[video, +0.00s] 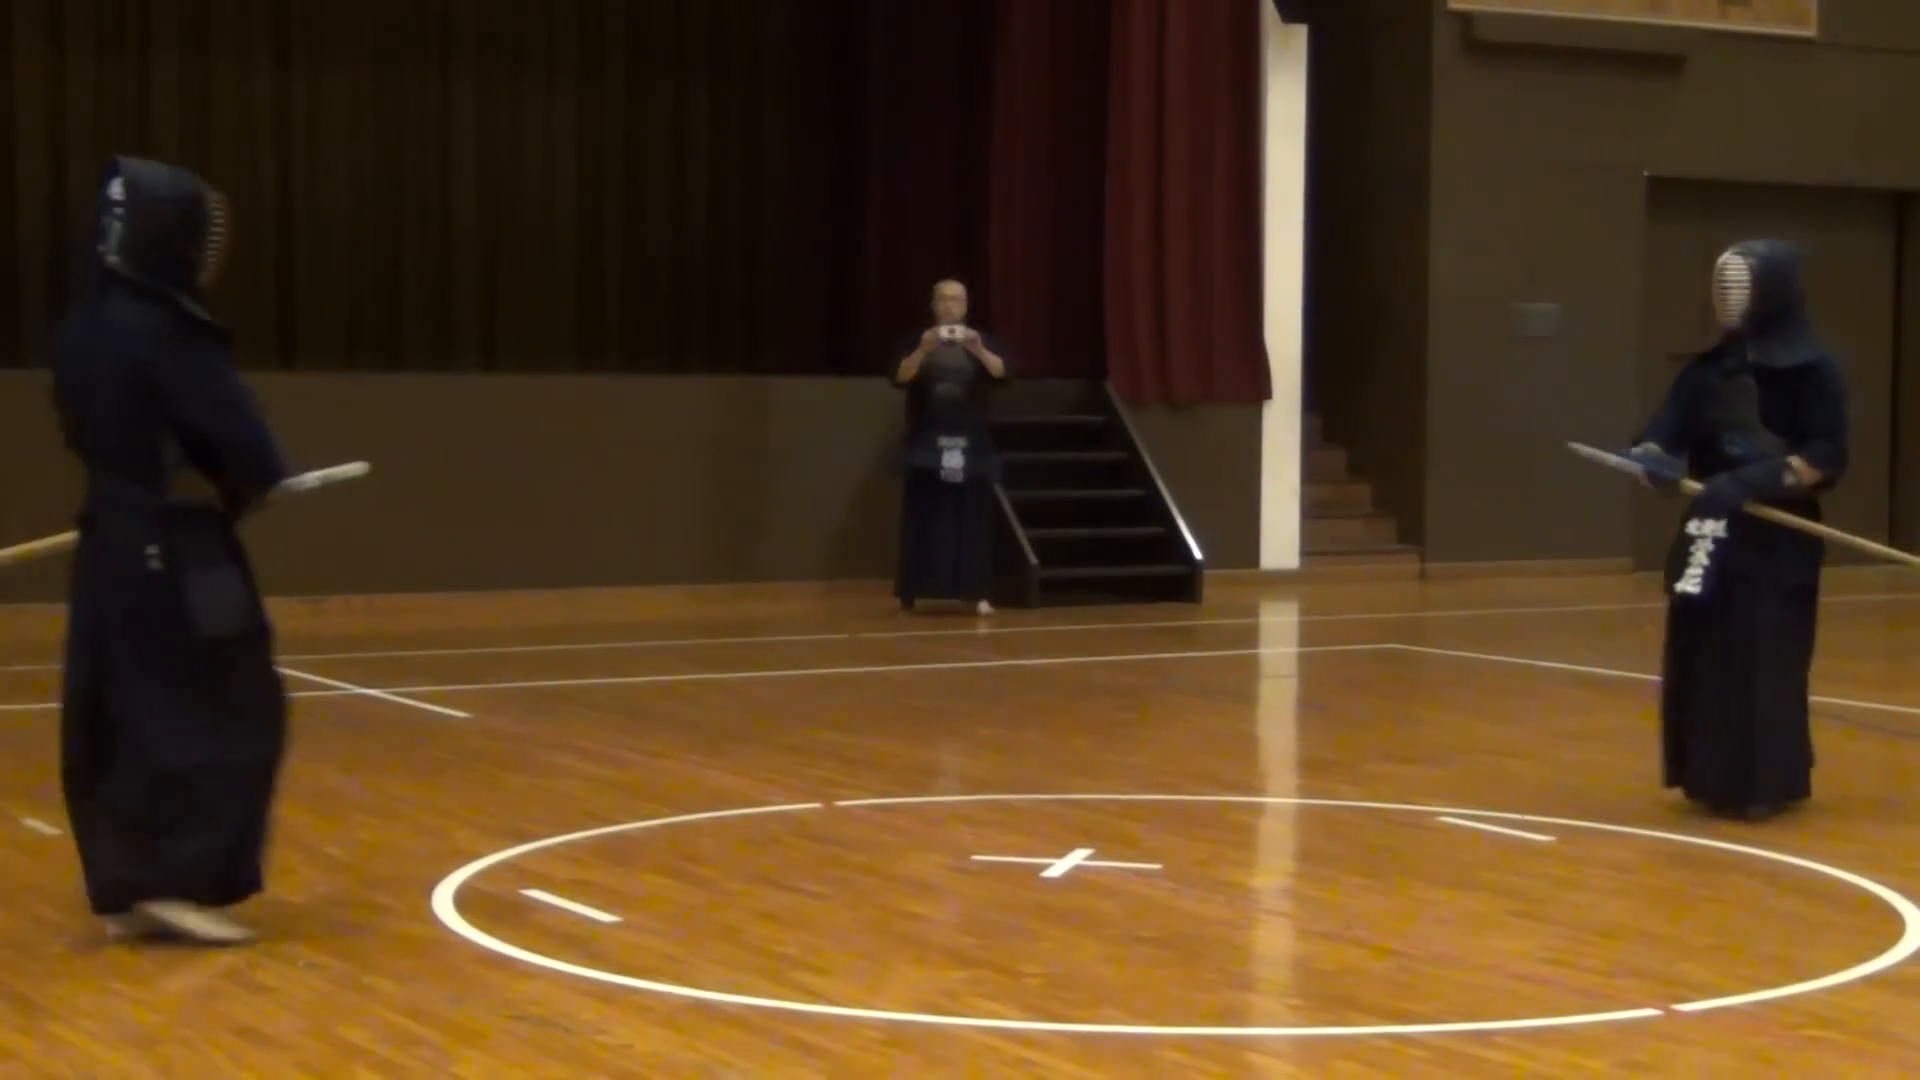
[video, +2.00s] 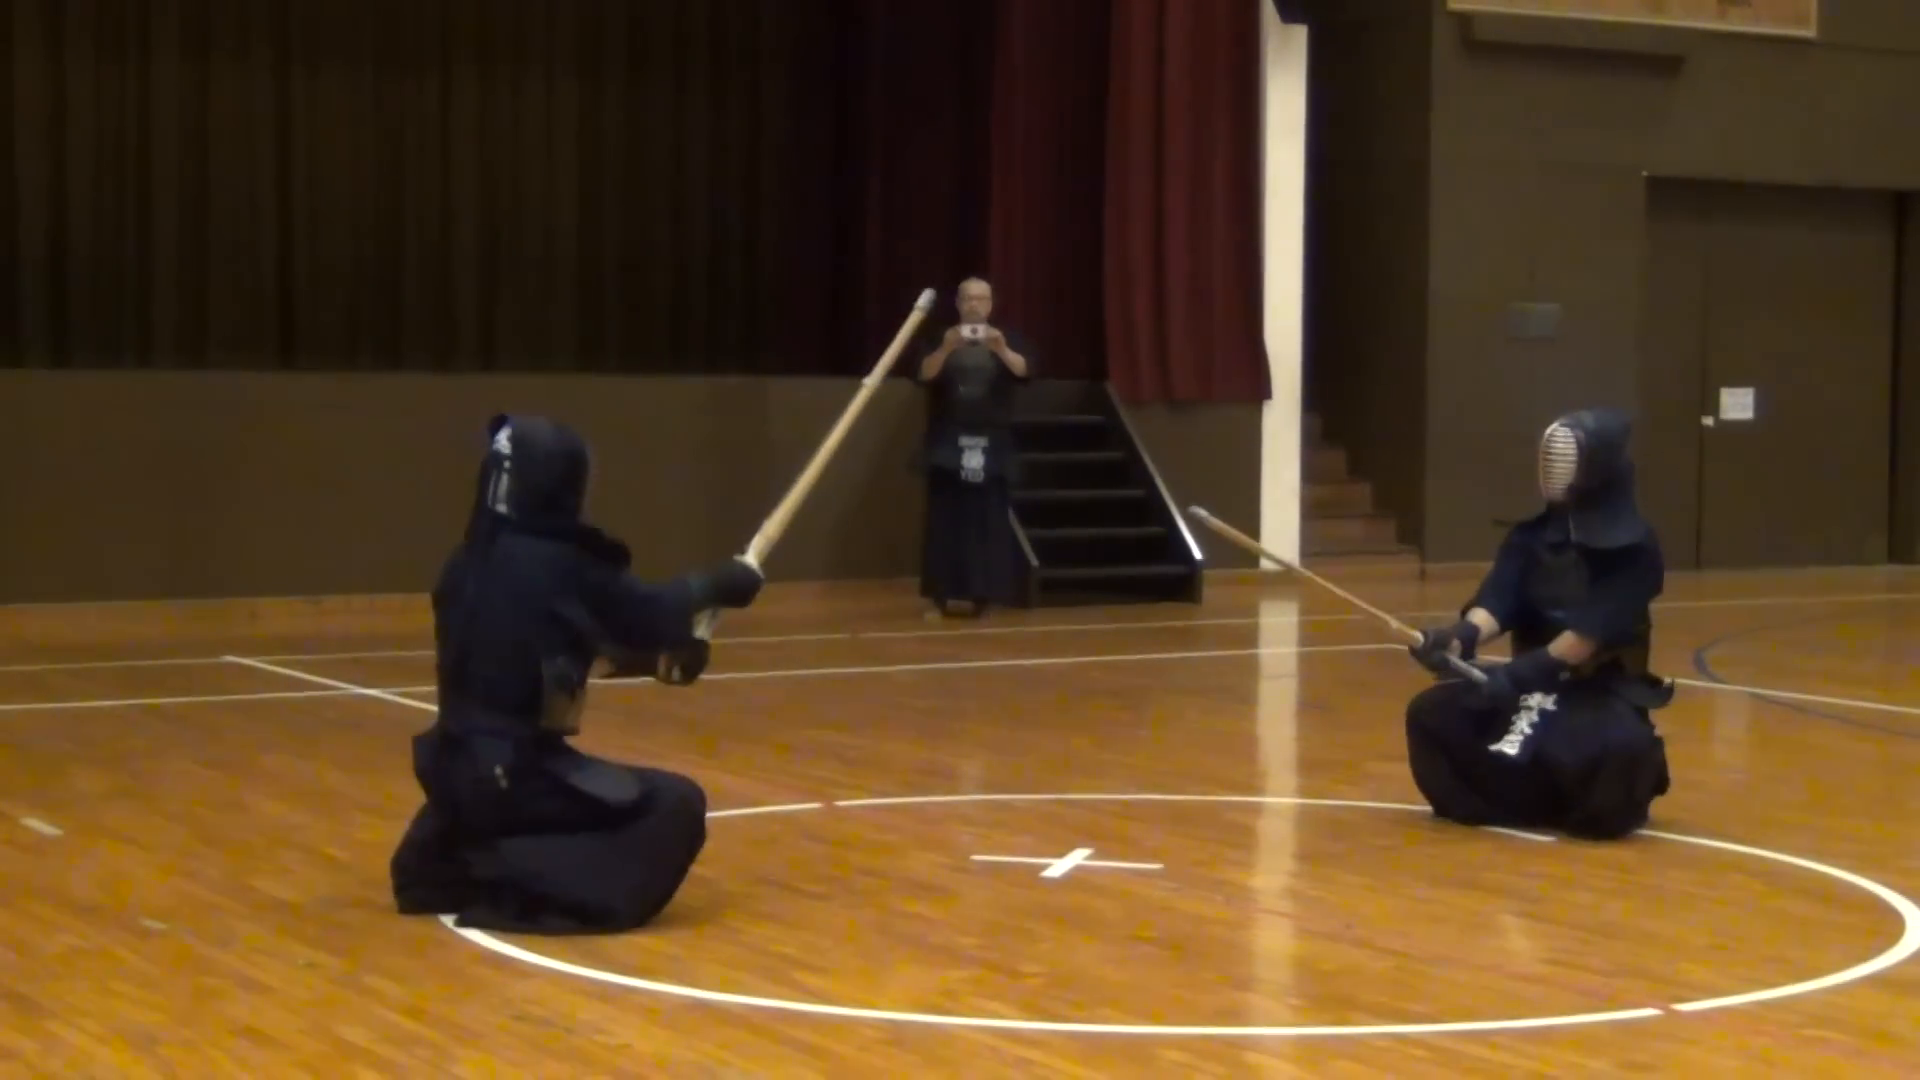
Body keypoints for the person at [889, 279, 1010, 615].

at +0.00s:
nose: (950, 306)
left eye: (956, 300)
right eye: (944, 300)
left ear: (966, 305)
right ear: (933, 304)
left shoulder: (979, 342)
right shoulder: (919, 342)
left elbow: (1002, 373)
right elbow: (899, 377)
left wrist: (976, 349)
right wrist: (925, 348)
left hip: (969, 438)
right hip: (927, 437)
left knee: (974, 514)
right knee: (920, 513)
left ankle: (979, 593)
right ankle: (909, 592)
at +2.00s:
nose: (975, 305)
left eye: (981, 299)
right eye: (969, 299)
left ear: (991, 303)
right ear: (958, 303)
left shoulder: (1003, 340)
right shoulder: (945, 339)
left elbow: (1024, 371)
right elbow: (925, 374)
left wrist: (1000, 348)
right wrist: (948, 347)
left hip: (990, 436)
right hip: (950, 435)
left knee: (987, 512)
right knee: (947, 511)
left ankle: (984, 591)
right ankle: (945, 590)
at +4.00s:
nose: (987, 304)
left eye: (993, 298)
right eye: (981, 297)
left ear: (1003, 302)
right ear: (971, 302)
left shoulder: (1014, 340)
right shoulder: (958, 338)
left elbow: (1035, 370)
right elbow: (937, 373)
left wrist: (1012, 347)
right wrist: (960, 346)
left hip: (1002, 434)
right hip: (962, 434)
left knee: (1000, 512)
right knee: (962, 512)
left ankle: (997, 592)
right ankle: (961, 591)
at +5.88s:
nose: (962, 311)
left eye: (969, 305)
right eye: (956, 305)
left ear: (979, 310)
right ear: (945, 309)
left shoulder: (990, 349)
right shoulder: (931, 347)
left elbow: (1010, 376)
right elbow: (912, 381)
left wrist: (983, 348)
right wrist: (935, 353)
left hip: (976, 444)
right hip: (933, 442)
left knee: (973, 520)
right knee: (930, 519)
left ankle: (971, 604)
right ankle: (923, 601)